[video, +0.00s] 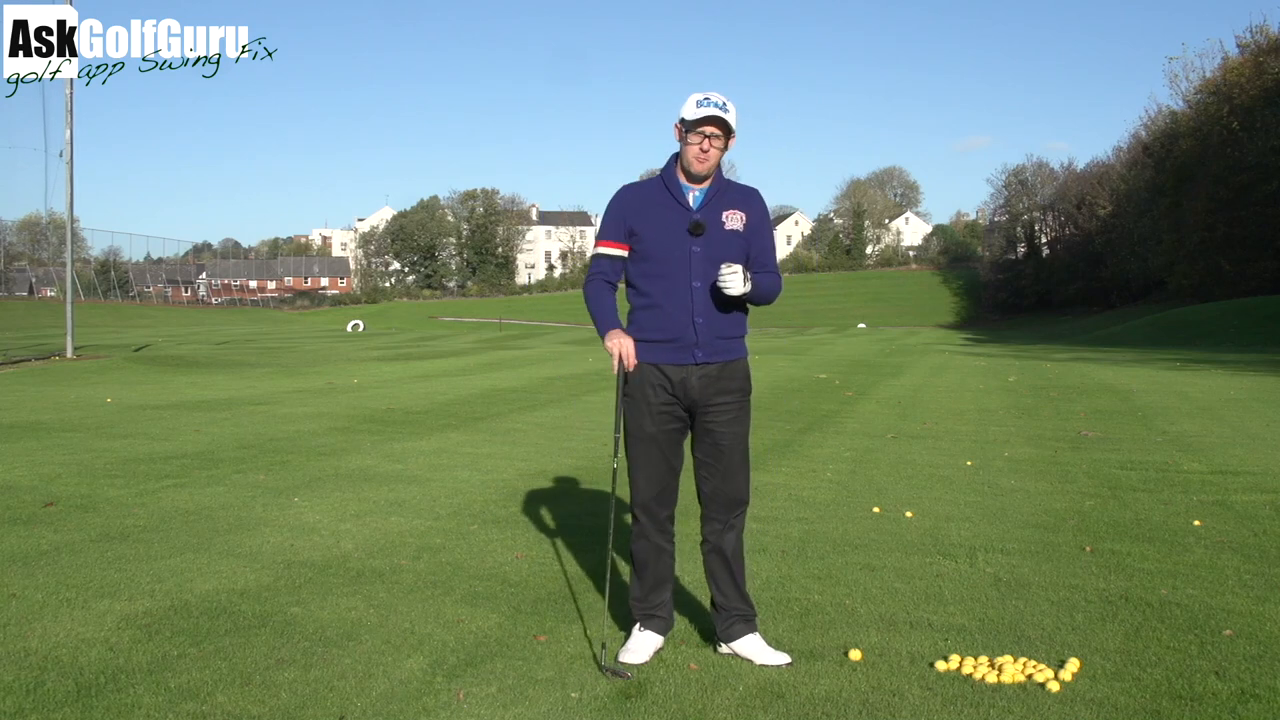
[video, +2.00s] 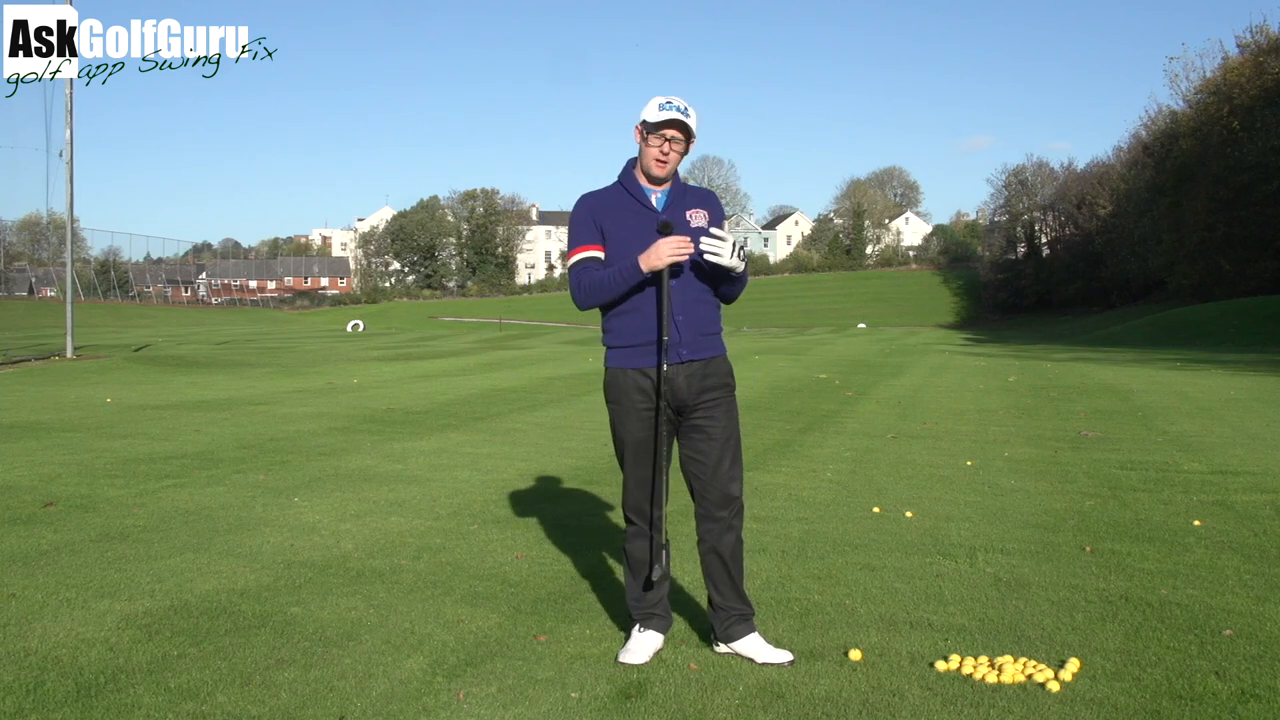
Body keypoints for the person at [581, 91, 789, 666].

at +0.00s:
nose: (704, 144)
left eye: (715, 137)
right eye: (696, 133)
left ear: (728, 145)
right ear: (678, 135)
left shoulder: (748, 203)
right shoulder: (633, 200)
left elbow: (770, 283)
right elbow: (599, 279)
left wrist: (749, 284)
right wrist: (611, 329)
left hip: (725, 374)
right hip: (651, 373)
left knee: (726, 506)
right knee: (651, 506)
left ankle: (734, 628)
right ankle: (650, 622)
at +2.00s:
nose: (666, 146)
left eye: (677, 140)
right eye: (658, 135)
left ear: (688, 148)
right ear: (639, 137)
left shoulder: (705, 205)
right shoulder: (595, 207)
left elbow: (728, 290)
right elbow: (585, 291)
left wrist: (730, 264)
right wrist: (643, 263)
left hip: (705, 369)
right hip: (633, 374)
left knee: (721, 501)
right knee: (642, 504)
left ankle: (732, 626)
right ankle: (649, 621)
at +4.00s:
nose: (730, 150)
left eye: (737, 140)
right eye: (718, 140)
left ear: (742, 145)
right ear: (691, 140)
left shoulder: (751, 206)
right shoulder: (647, 203)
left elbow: (776, 287)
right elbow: (652, 280)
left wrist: (796, 253)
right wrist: (709, 237)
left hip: (744, 372)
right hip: (675, 374)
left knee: (735, 506)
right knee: (667, 505)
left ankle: (733, 627)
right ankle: (653, 621)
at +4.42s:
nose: (702, 140)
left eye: (712, 132)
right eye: (692, 131)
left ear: (727, 140)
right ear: (679, 138)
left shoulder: (749, 203)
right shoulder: (640, 203)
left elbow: (770, 281)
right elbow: (637, 288)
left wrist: (761, 286)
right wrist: (703, 259)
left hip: (737, 373)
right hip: (666, 376)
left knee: (732, 507)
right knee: (661, 508)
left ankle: (733, 627)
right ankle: (651, 621)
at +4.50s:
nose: (701, 141)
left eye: (712, 133)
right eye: (692, 132)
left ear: (727, 141)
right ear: (679, 139)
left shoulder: (750, 204)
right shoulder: (639, 204)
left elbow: (773, 283)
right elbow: (635, 287)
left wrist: (756, 285)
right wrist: (702, 262)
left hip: (737, 373)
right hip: (665, 376)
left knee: (732, 507)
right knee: (660, 509)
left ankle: (733, 627)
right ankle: (651, 621)